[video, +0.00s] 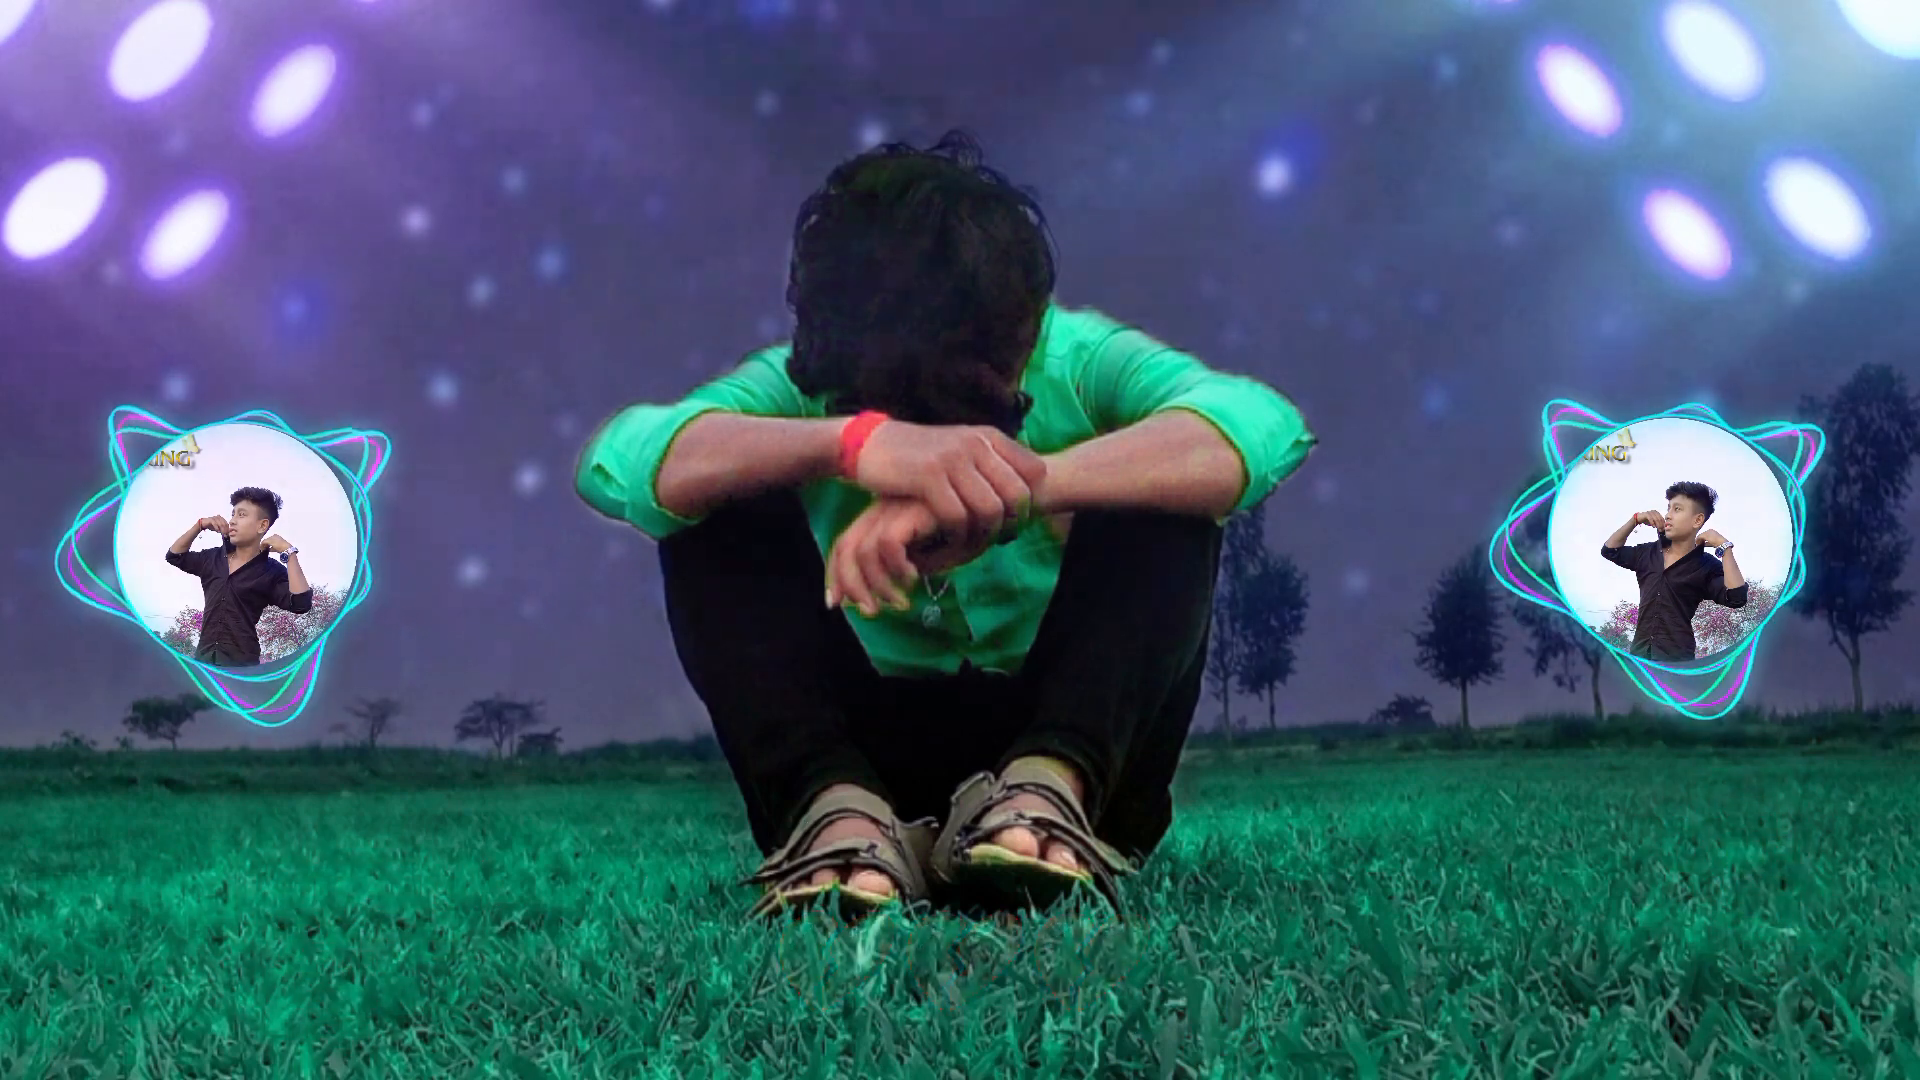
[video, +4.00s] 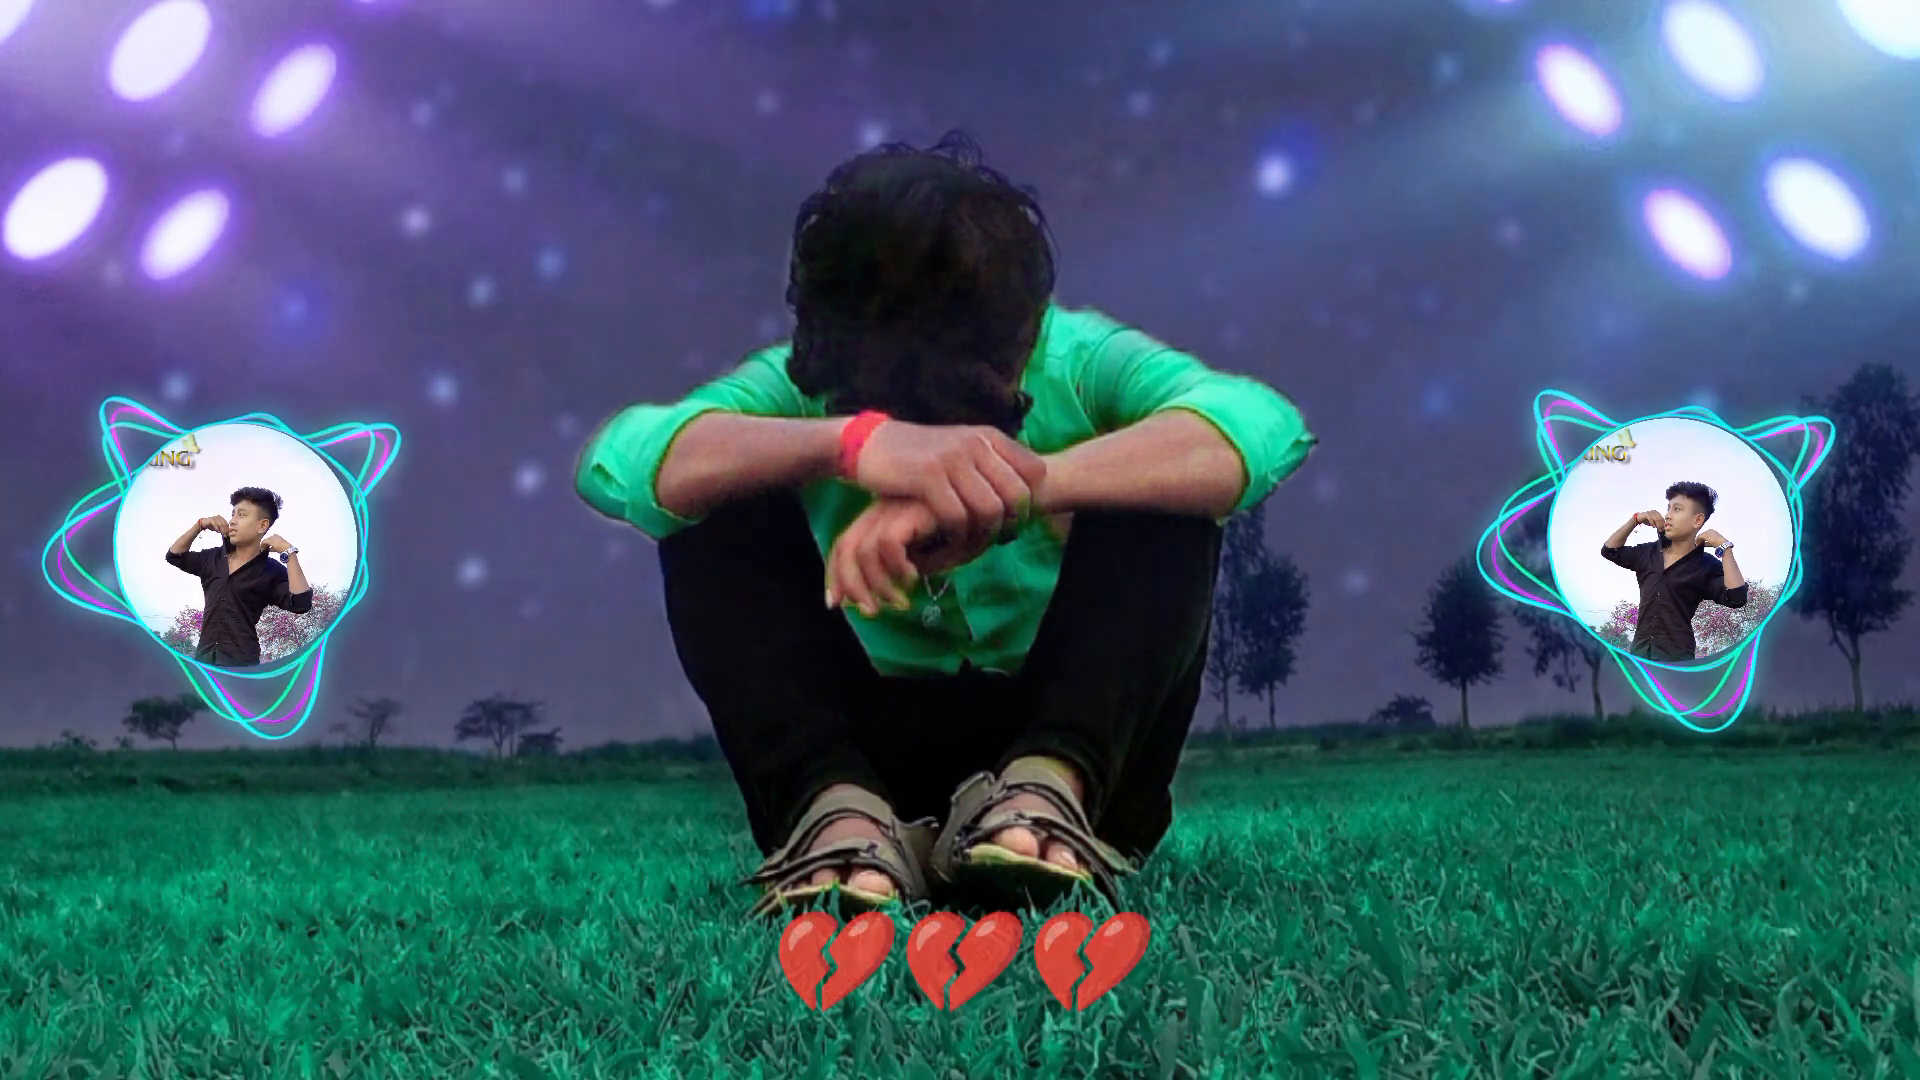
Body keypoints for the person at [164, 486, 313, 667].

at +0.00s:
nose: (232, 521)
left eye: (242, 515)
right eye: (233, 514)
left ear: (263, 525)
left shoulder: (270, 570)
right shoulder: (212, 558)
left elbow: (301, 605)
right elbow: (174, 557)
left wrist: (290, 553)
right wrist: (199, 526)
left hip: (242, 662)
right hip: (203, 658)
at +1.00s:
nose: (232, 520)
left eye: (241, 515)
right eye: (233, 514)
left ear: (263, 525)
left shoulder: (270, 570)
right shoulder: (212, 558)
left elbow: (301, 604)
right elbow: (174, 557)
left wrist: (289, 553)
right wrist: (199, 526)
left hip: (242, 665)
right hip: (203, 660)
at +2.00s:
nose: (232, 521)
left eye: (242, 515)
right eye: (233, 515)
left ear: (263, 525)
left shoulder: (270, 570)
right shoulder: (212, 558)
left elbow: (301, 604)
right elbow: (174, 557)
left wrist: (289, 553)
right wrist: (199, 526)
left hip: (242, 665)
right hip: (203, 660)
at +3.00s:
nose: (232, 521)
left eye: (242, 515)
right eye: (233, 514)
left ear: (263, 526)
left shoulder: (270, 570)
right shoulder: (212, 558)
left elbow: (301, 604)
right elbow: (174, 556)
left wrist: (289, 553)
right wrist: (199, 526)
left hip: (242, 663)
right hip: (203, 659)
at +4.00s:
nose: (232, 521)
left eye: (242, 515)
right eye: (233, 514)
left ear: (263, 525)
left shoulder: (270, 569)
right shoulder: (212, 558)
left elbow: (301, 605)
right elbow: (174, 556)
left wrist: (290, 553)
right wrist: (199, 526)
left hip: (242, 661)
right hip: (204, 657)